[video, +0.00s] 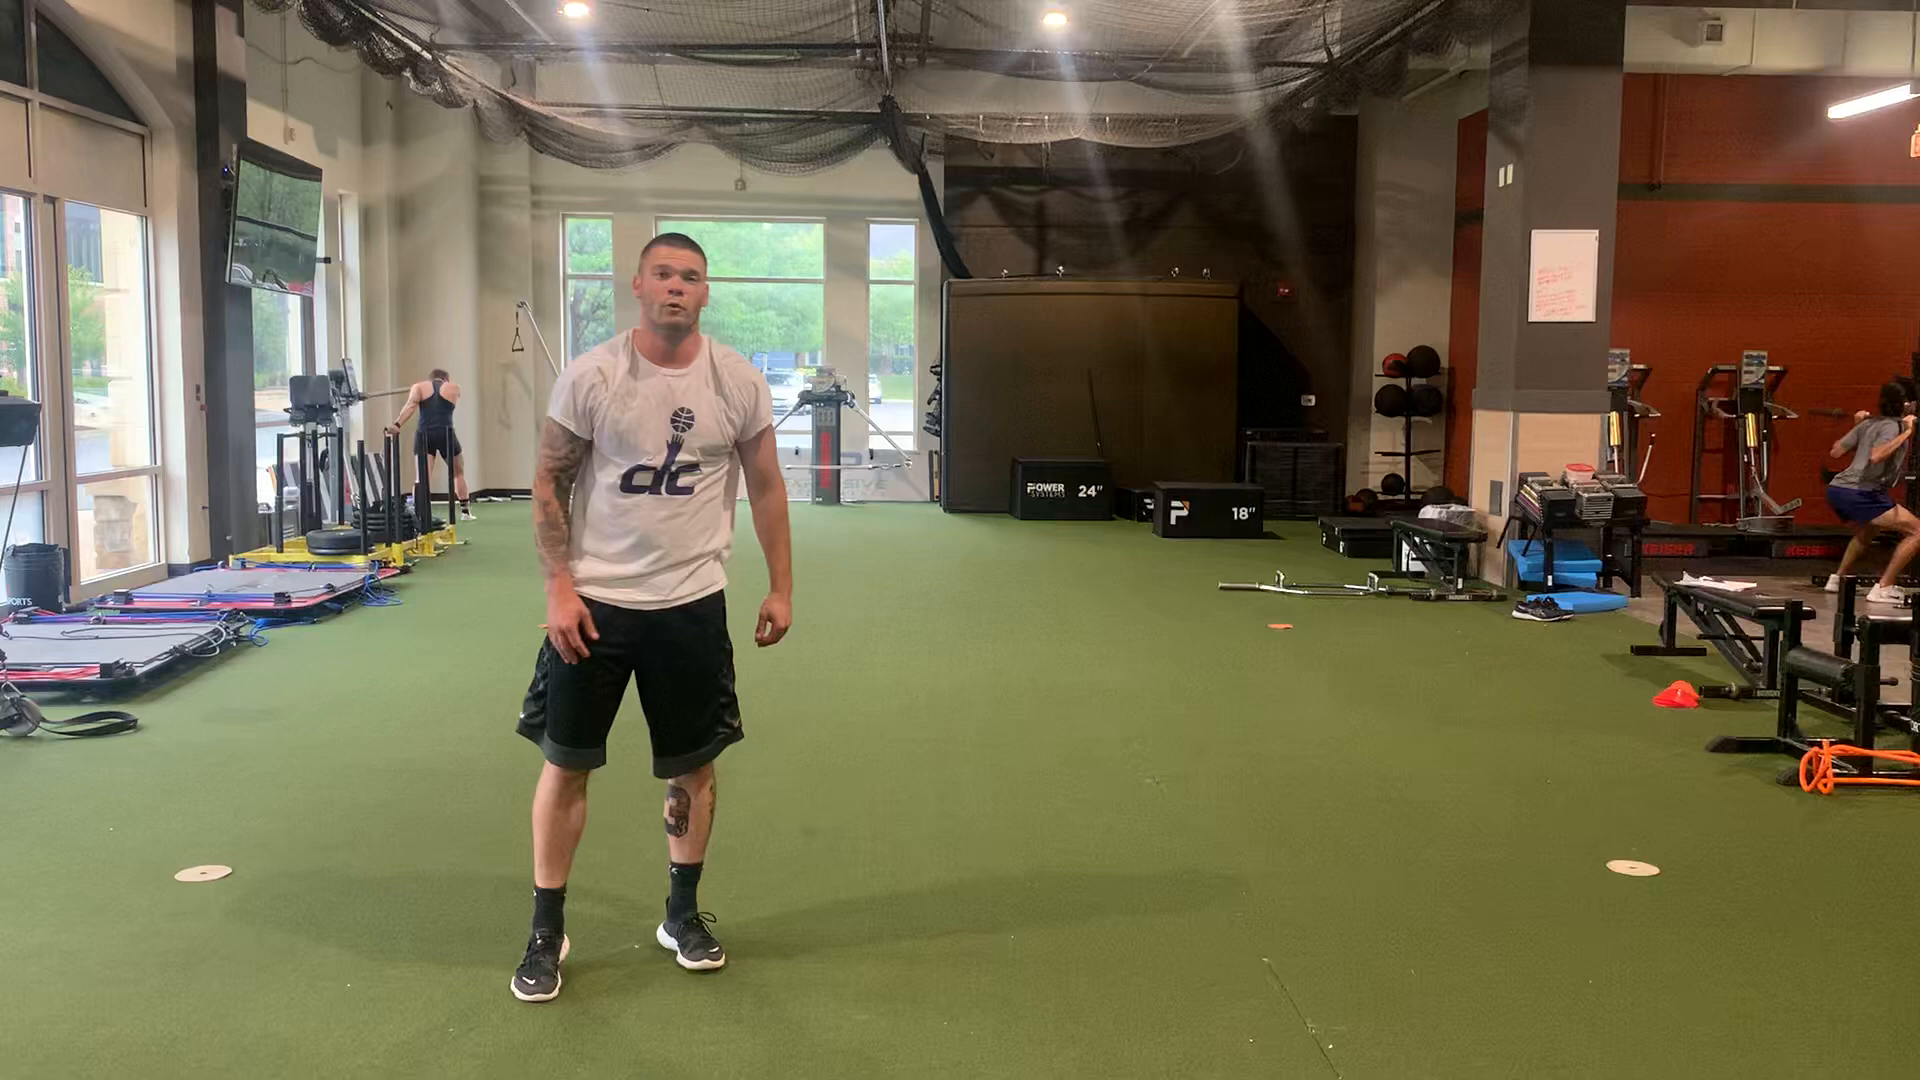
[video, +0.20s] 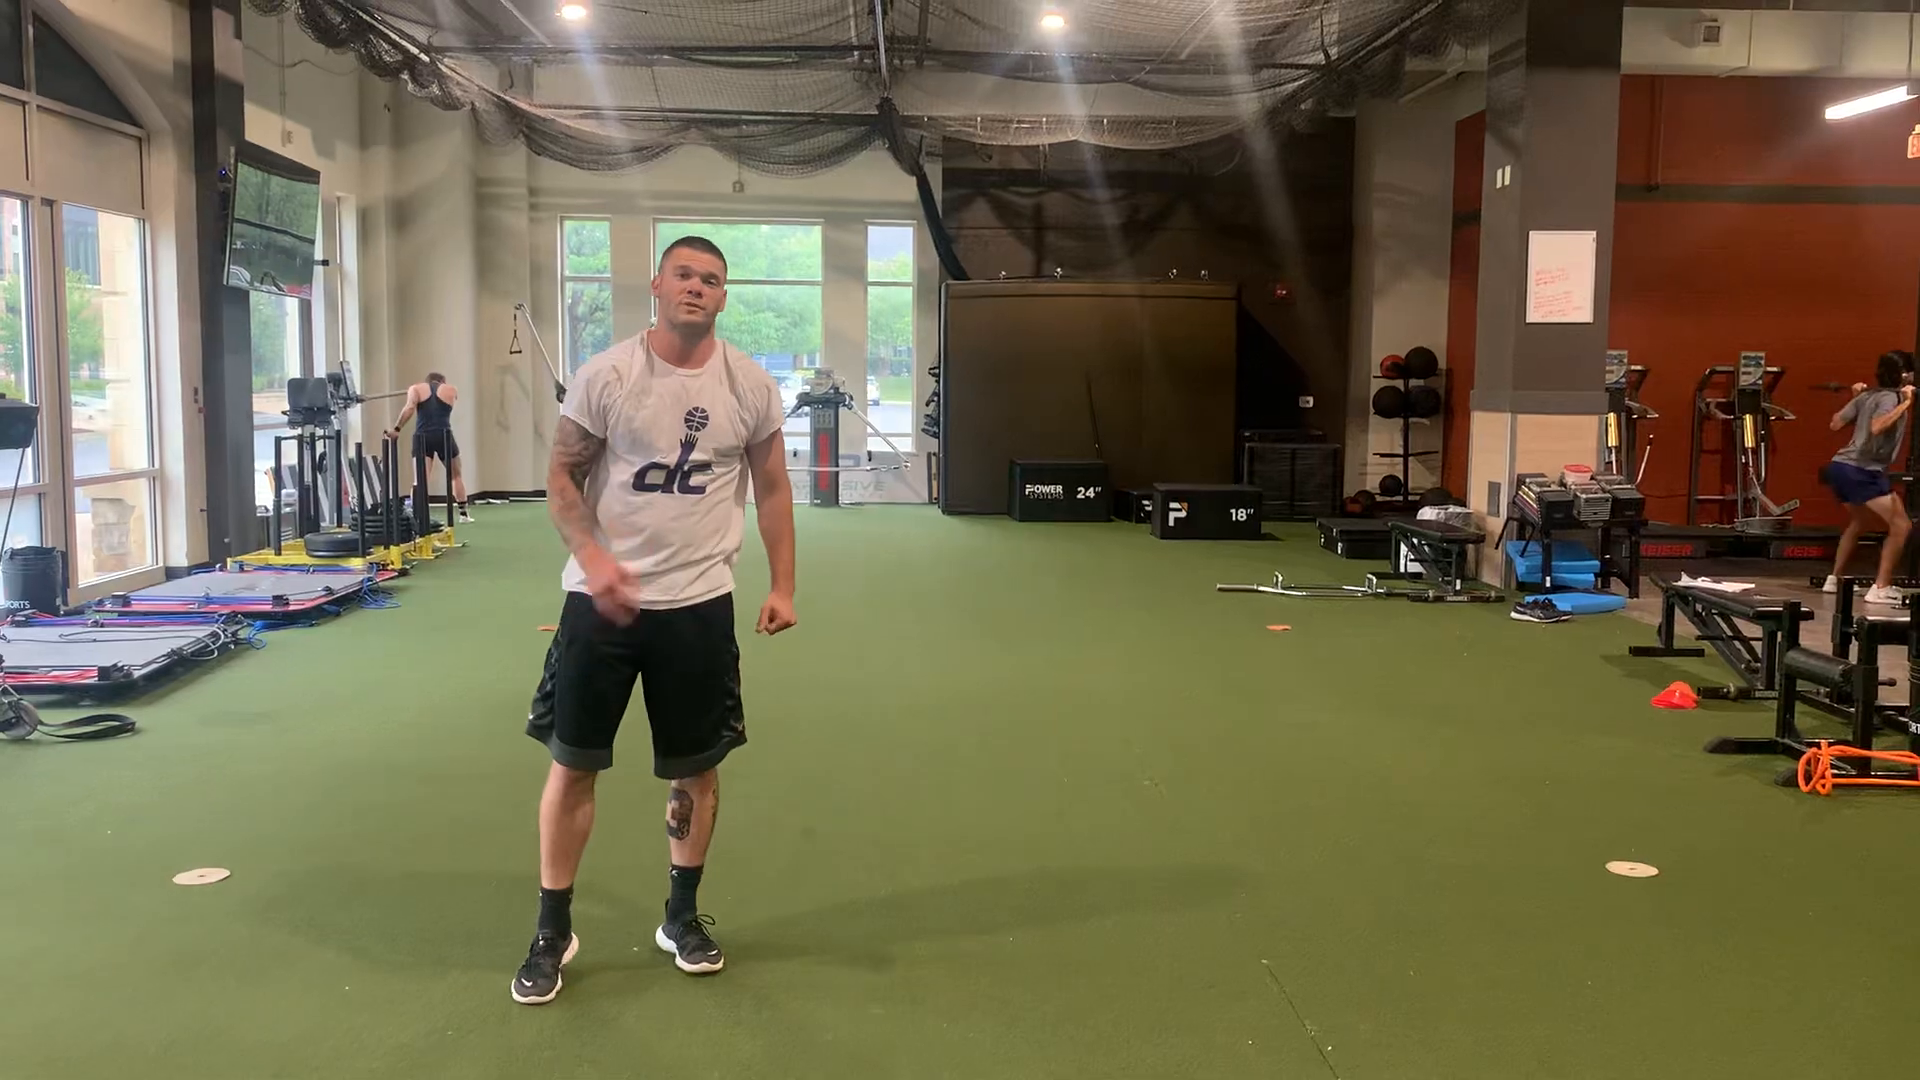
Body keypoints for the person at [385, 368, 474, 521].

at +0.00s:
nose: (449, 383)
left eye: (447, 381)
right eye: (448, 381)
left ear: (430, 378)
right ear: (446, 379)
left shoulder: (419, 387)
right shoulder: (454, 388)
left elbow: (410, 406)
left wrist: (397, 424)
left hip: (424, 435)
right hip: (445, 434)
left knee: (422, 476)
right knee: (458, 473)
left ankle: (417, 512)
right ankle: (465, 511)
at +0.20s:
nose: (445, 385)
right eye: (444, 383)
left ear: (427, 380)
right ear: (442, 382)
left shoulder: (416, 388)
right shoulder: (451, 390)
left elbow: (410, 408)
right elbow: (449, 406)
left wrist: (397, 429)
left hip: (422, 437)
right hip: (443, 436)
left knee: (420, 478)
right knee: (456, 475)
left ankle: (415, 515)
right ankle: (463, 514)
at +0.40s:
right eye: (439, 384)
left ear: (422, 383)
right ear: (438, 384)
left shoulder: (412, 390)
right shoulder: (447, 392)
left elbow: (405, 410)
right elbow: (444, 409)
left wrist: (393, 426)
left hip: (418, 440)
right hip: (439, 438)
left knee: (416, 481)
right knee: (452, 478)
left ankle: (412, 518)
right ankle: (459, 517)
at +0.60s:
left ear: (416, 384)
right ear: (432, 386)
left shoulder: (407, 391)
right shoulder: (441, 394)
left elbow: (398, 412)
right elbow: (438, 413)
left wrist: (391, 419)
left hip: (413, 441)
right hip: (434, 440)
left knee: (410, 482)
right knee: (446, 480)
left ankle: (404, 518)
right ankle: (454, 518)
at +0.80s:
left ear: (412, 387)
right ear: (428, 389)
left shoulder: (403, 393)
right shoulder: (437, 396)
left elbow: (393, 413)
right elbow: (436, 413)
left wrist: (401, 411)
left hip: (409, 442)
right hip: (430, 441)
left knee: (406, 483)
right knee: (442, 482)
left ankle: (400, 517)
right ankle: (450, 520)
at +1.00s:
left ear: (411, 390)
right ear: (427, 392)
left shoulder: (402, 395)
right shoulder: (437, 399)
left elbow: (392, 417)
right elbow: (433, 417)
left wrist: (402, 413)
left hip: (408, 445)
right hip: (429, 444)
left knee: (406, 487)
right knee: (442, 484)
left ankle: (400, 522)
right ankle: (450, 523)